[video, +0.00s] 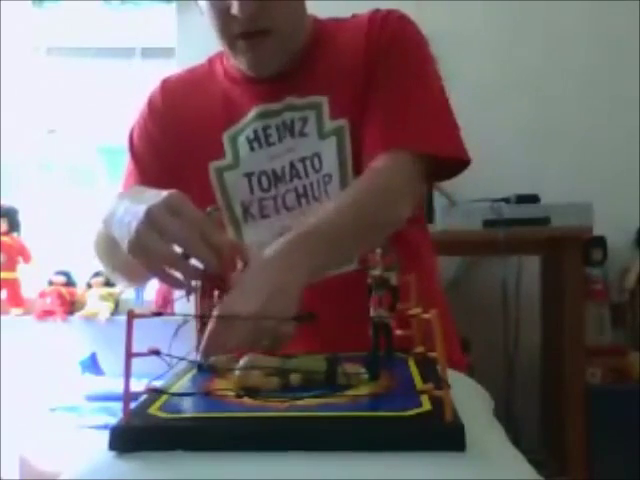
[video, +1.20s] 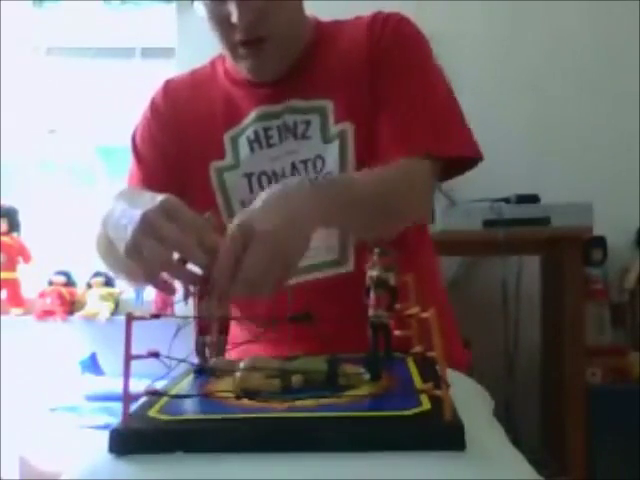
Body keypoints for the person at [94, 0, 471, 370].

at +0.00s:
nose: (239, 11)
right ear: (203, 7)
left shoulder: (381, 42)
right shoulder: (172, 106)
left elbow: (399, 182)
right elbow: (127, 269)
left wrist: (285, 265)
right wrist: (124, 214)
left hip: (399, 380)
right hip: (243, 398)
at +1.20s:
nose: (237, 17)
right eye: (217, 1)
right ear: (200, 7)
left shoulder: (382, 45)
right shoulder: (176, 106)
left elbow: (411, 193)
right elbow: (134, 261)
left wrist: (303, 206)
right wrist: (122, 217)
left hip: (403, 366)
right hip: (257, 377)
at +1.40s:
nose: (234, 16)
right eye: (213, 2)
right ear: (197, 8)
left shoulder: (381, 47)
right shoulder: (172, 109)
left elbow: (460, 201)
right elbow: (128, 268)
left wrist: (370, 152)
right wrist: (125, 225)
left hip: (403, 365)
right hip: (255, 378)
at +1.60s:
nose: (237, 14)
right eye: (214, 1)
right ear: (190, 9)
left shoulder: (383, 49)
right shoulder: (169, 110)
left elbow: (497, 184)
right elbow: (136, 282)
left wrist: (443, 145)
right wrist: (108, 243)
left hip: (410, 368)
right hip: (256, 384)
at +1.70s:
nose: (240, 14)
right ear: (192, 7)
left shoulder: (386, 49)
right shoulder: (170, 113)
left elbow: (491, 153)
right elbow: (144, 289)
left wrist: (462, 182)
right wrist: (103, 251)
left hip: (411, 367)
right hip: (254, 384)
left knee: (503, 473)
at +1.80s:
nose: (249, 12)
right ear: (201, 8)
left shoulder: (393, 50)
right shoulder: (179, 114)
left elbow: (484, 159)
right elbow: (149, 282)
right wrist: (90, 260)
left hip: (417, 370)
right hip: (268, 391)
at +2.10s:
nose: (276, 14)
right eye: (258, 2)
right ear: (239, 6)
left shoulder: (425, 52)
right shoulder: (207, 105)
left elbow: (502, 182)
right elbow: (169, 252)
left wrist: (555, 298)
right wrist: (67, 336)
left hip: (440, 384)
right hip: (289, 398)